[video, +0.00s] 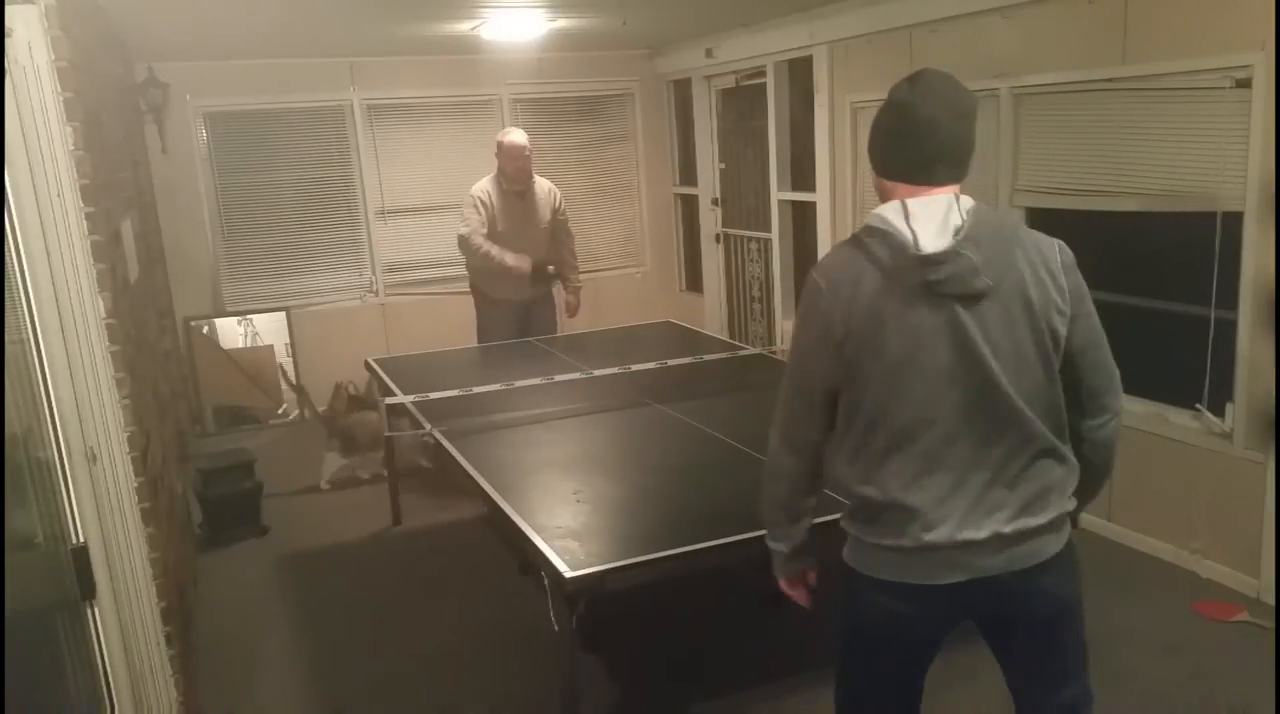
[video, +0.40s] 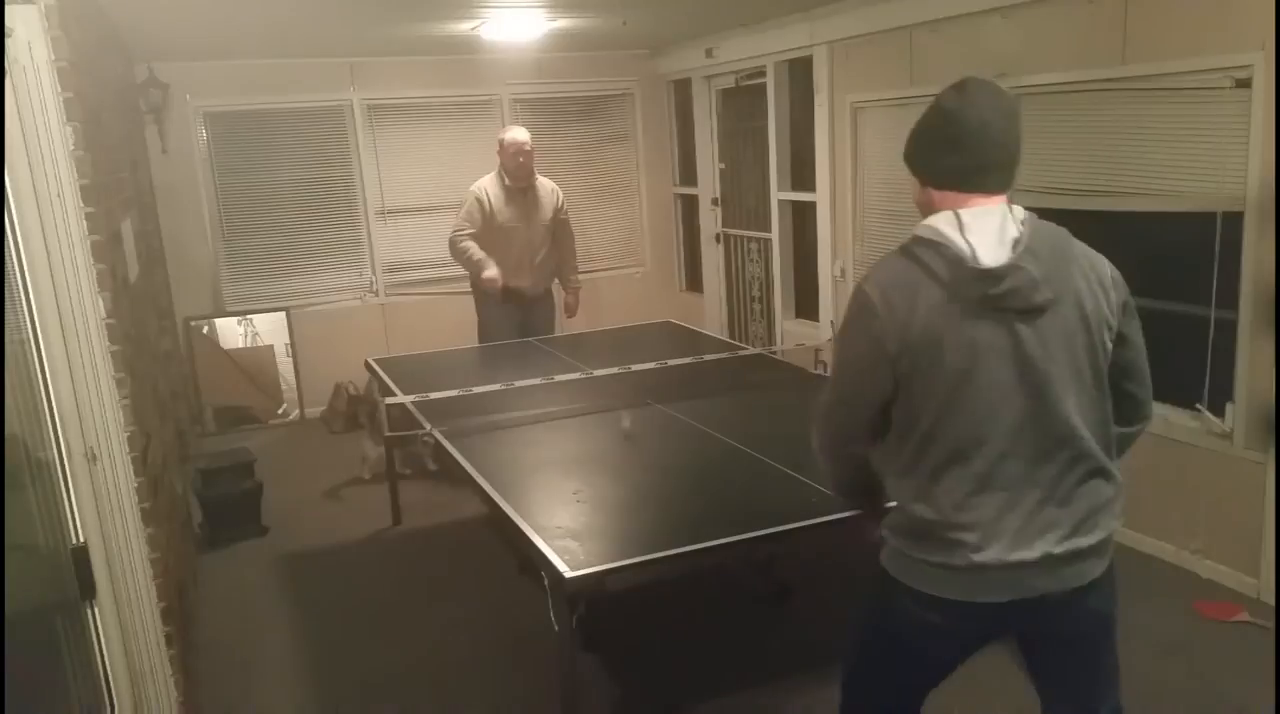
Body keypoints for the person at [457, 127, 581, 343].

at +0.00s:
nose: (521, 165)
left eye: (526, 157)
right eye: (513, 159)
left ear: (532, 155)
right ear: (498, 158)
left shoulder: (548, 192)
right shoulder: (481, 195)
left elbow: (564, 242)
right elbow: (470, 241)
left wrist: (572, 287)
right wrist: (515, 262)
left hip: (540, 296)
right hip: (496, 299)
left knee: (545, 366)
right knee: (500, 369)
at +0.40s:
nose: (522, 160)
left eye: (526, 153)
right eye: (515, 154)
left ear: (534, 152)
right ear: (499, 154)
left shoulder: (551, 192)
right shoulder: (482, 193)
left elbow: (565, 244)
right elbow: (459, 238)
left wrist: (571, 288)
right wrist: (485, 266)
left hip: (540, 297)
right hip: (498, 299)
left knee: (542, 368)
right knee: (501, 370)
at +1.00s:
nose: (512, 157)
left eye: (517, 150)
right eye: (505, 151)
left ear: (528, 151)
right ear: (495, 155)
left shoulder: (552, 189)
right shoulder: (478, 195)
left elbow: (572, 242)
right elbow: (460, 245)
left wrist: (574, 287)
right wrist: (469, 281)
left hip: (543, 299)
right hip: (498, 302)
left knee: (545, 369)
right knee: (500, 372)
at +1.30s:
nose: (527, 165)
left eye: (530, 157)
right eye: (519, 159)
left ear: (536, 155)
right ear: (503, 157)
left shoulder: (554, 192)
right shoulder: (484, 194)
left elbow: (571, 243)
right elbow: (466, 244)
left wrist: (575, 287)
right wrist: (501, 278)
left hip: (544, 296)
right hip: (499, 300)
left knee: (550, 366)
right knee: (503, 368)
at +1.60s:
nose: (542, 174)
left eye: (546, 166)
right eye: (534, 167)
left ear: (550, 162)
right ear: (517, 163)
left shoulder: (556, 196)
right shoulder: (498, 196)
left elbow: (565, 247)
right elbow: (506, 246)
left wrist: (570, 289)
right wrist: (560, 244)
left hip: (544, 292)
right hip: (503, 295)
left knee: (555, 356)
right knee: (508, 360)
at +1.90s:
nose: (530, 159)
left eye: (534, 152)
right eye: (522, 154)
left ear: (541, 155)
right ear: (510, 157)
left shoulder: (555, 194)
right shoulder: (491, 191)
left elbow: (565, 246)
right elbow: (468, 237)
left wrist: (568, 289)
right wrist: (496, 268)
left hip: (548, 295)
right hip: (508, 296)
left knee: (555, 360)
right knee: (514, 363)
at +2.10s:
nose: (519, 156)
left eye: (525, 149)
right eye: (512, 151)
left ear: (535, 152)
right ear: (503, 156)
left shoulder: (555, 192)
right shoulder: (485, 190)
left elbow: (570, 246)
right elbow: (459, 233)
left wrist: (571, 289)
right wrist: (472, 263)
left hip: (542, 294)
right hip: (500, 296)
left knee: (544, 361)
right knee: (504, 363)